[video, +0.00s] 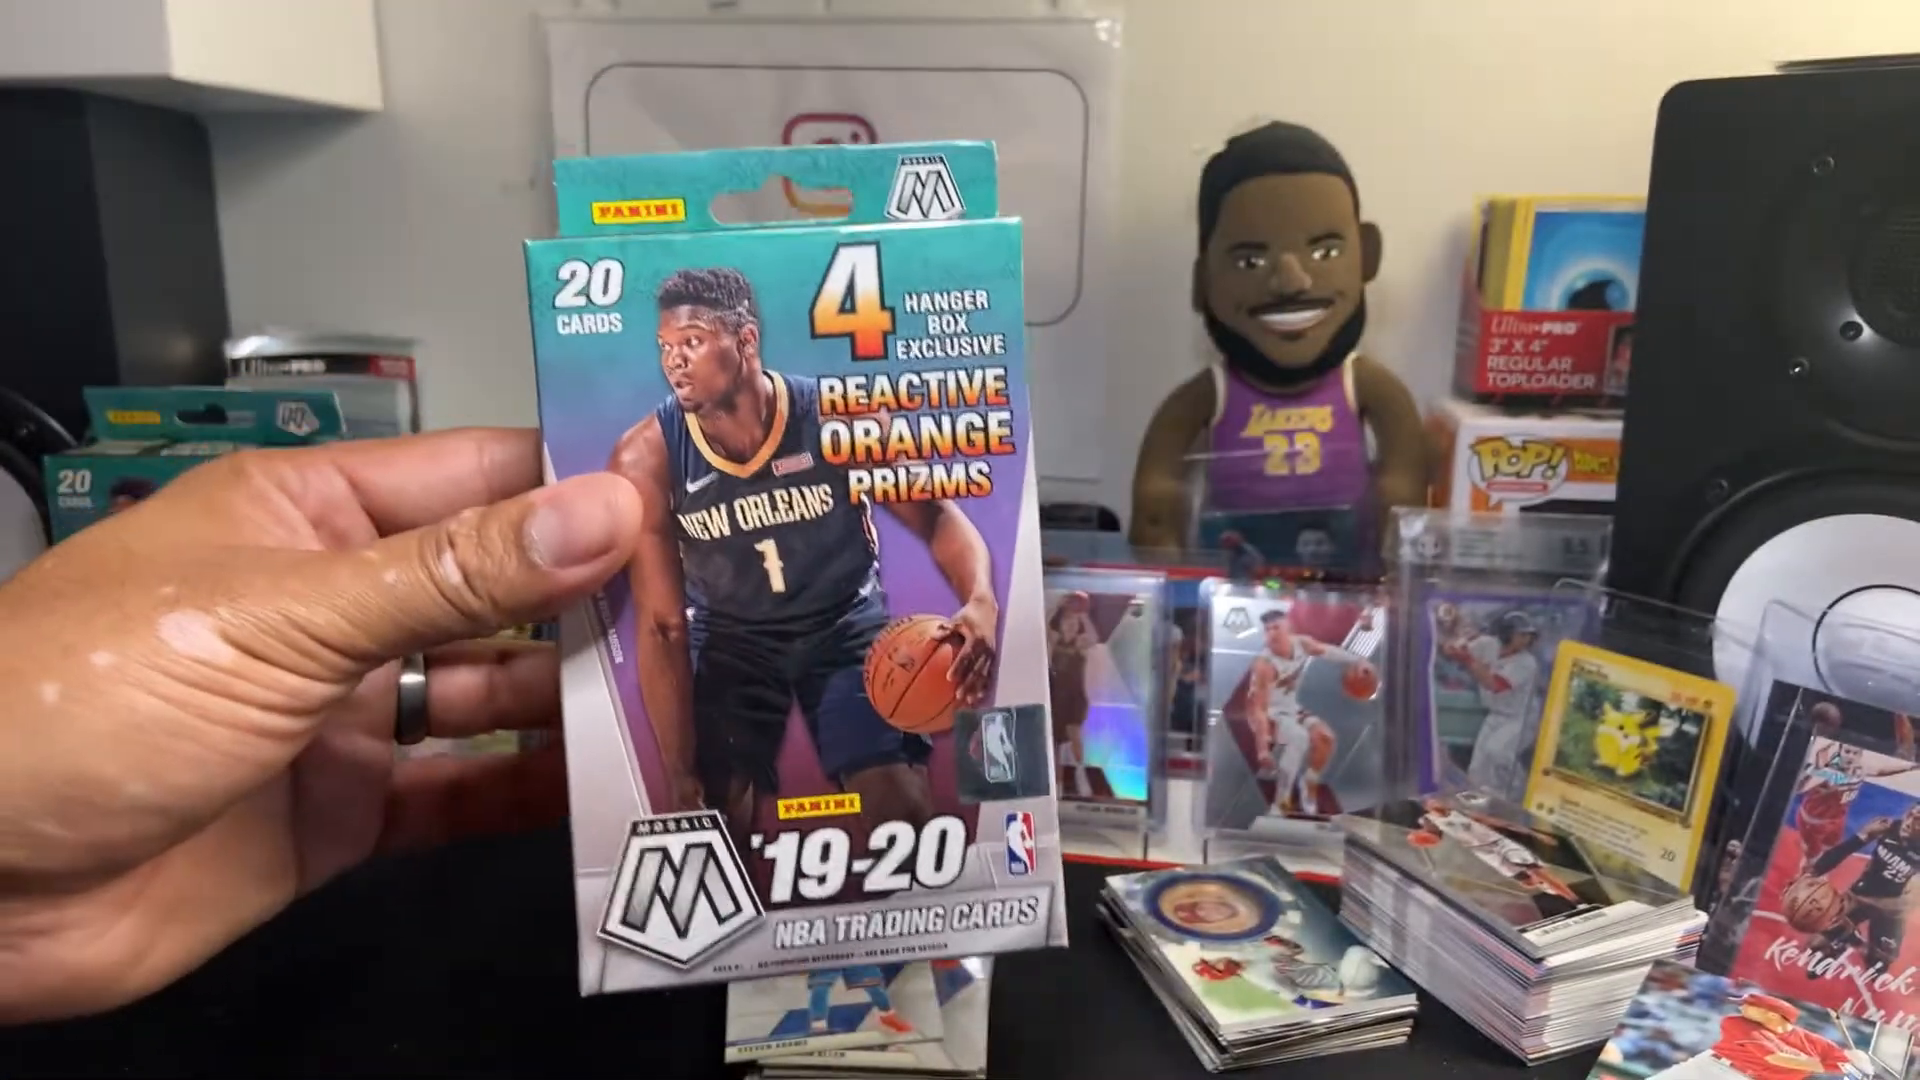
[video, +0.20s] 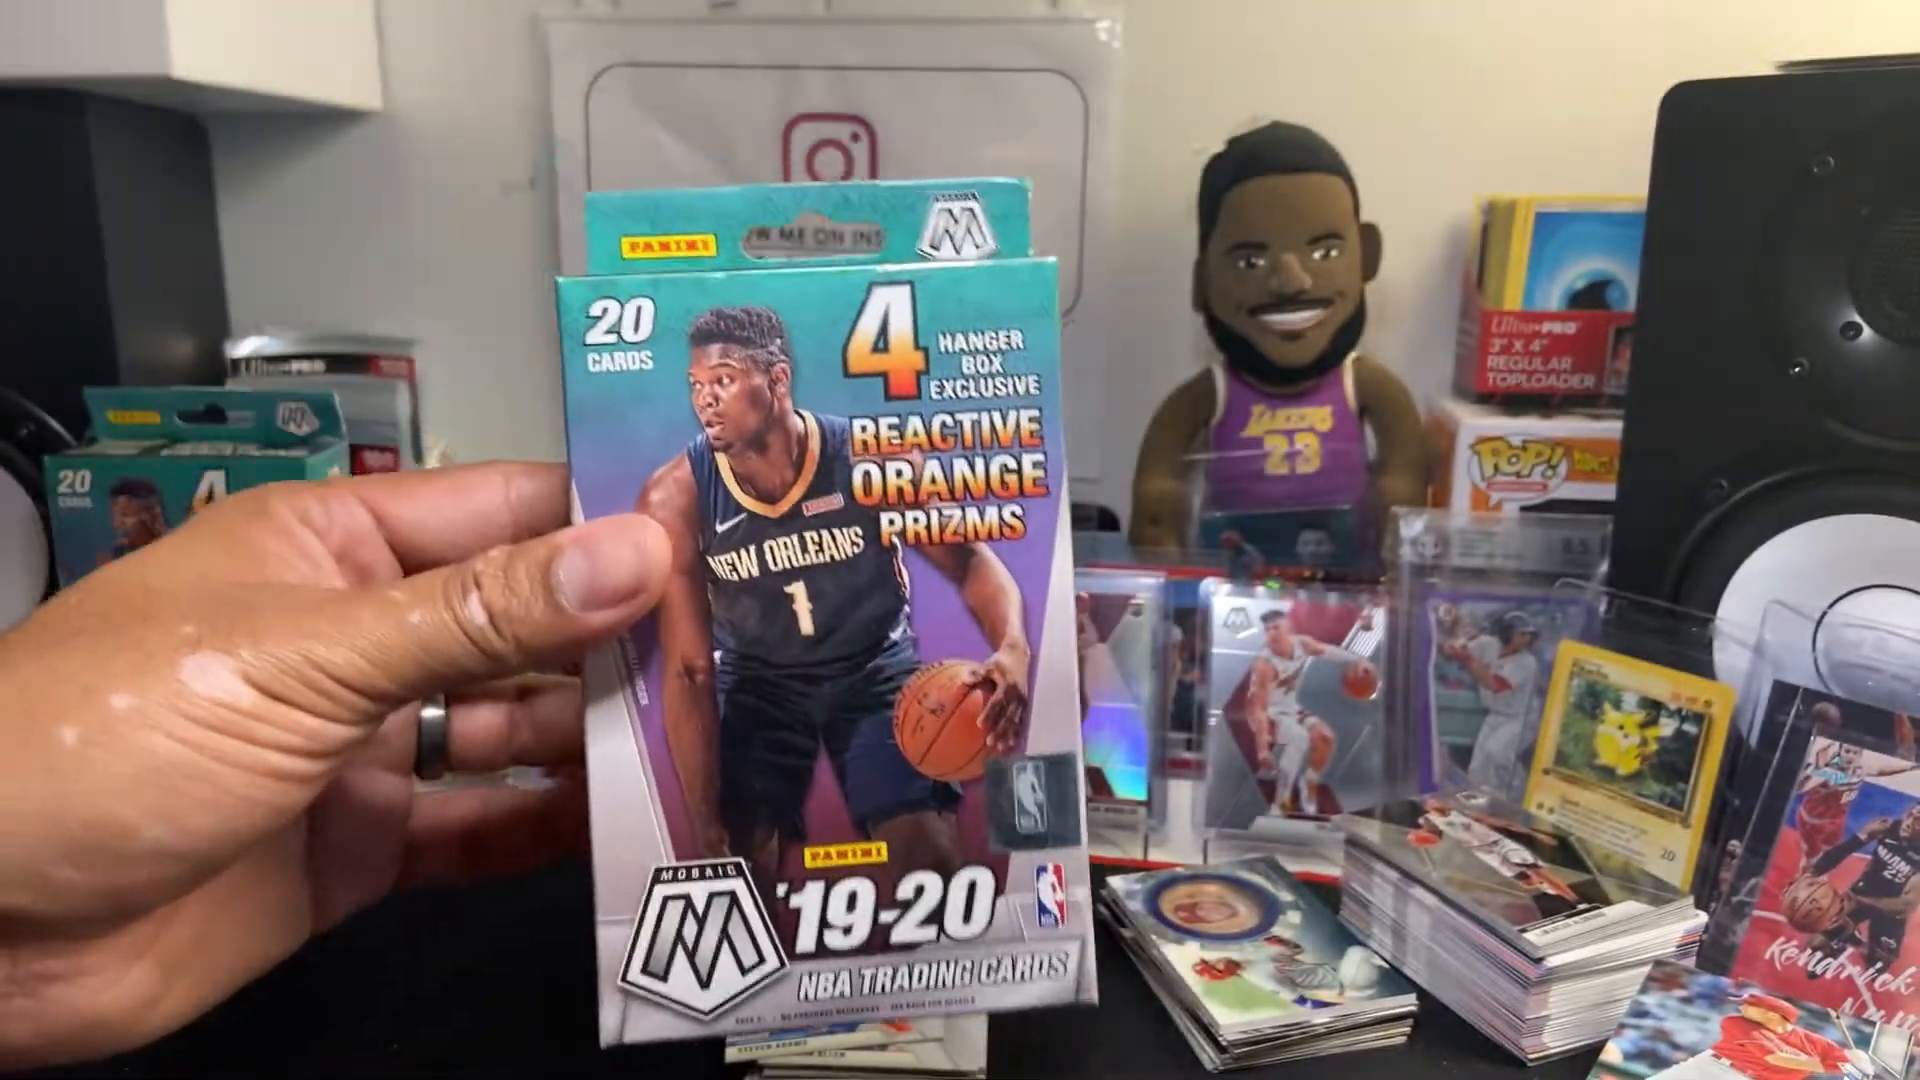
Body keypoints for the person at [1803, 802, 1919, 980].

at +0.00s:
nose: (1910, 823)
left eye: (1917, 821)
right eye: (1910, 816)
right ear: (1905, 814)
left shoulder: (1917, 854)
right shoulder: (1884, 828)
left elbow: (1910, 902)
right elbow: (1844, 849)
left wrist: (1859, 902)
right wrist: (1813, 872)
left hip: (1892, 910)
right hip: (1860, 896)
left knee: (1877, 970)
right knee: (1815, 948)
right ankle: (1845, 941)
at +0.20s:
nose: (1909, 823)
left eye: (1917, 821)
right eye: (1910, 815)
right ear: (1905, 814)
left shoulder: (1917, 858)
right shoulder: (1884, 828)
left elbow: (1909, 903)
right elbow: (1844, 849)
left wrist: (1859, 903)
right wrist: (1813, 872)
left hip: (1892, 909)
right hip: (1862, 894)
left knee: (1877, 969)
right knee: (1815, 946)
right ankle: (1847, 939)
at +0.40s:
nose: (1910, 823)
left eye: (1917, 821)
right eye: (1910, 816)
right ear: (1905, 814)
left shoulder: (1917, 858)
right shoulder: (1885, 828)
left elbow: (1907, 903)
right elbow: (1843, 850)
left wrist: (1858, 903)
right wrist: (1814, 872)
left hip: (1892, 910)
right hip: (1861, 895)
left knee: (1877, 970)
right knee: (1815, 946)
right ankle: (1846, 940)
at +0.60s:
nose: (1911, 823)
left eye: (1917, 822)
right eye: (1911, 816)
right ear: (1906, 814)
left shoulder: (1917, 859)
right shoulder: (1884, 828)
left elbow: (1907, 904)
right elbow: (1844, 850)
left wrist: (1859, 903)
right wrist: (1814, 872)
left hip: (1893, 910)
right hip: (1862, 896)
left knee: (1877, 971)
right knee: (1816, 949)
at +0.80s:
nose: (1911, 823)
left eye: (1917, 821)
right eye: (1911, 816)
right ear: (1907, 814)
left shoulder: (1917, 859)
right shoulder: (1885, 828)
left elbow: (1906, 905)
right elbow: (1845, 849)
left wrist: (1860, 903)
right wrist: (1816, 871)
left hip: (1893, 911)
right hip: (1862, 896)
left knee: (1878, 971)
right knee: (1817, 948)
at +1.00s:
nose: (1911, 823)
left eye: (1918, 821)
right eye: (1912, 816)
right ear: (1907, 814)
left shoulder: (1917, 857)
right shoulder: (1887, 828)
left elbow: (1908, 905)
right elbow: (1846, 850)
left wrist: (1861, 903)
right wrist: (1814, 873)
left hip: (1894, 911)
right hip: (1863, 897)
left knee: (1878, 971)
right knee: (1818, 948)